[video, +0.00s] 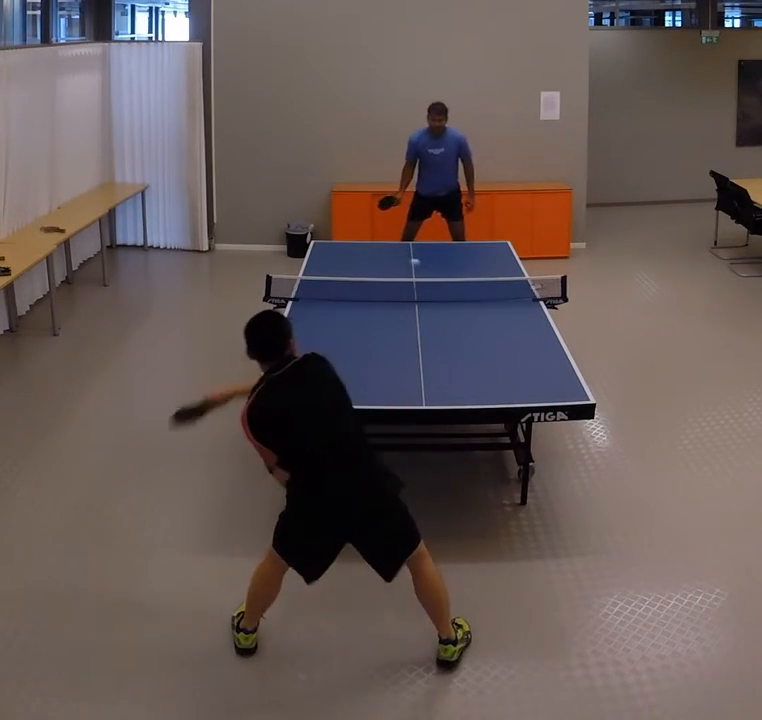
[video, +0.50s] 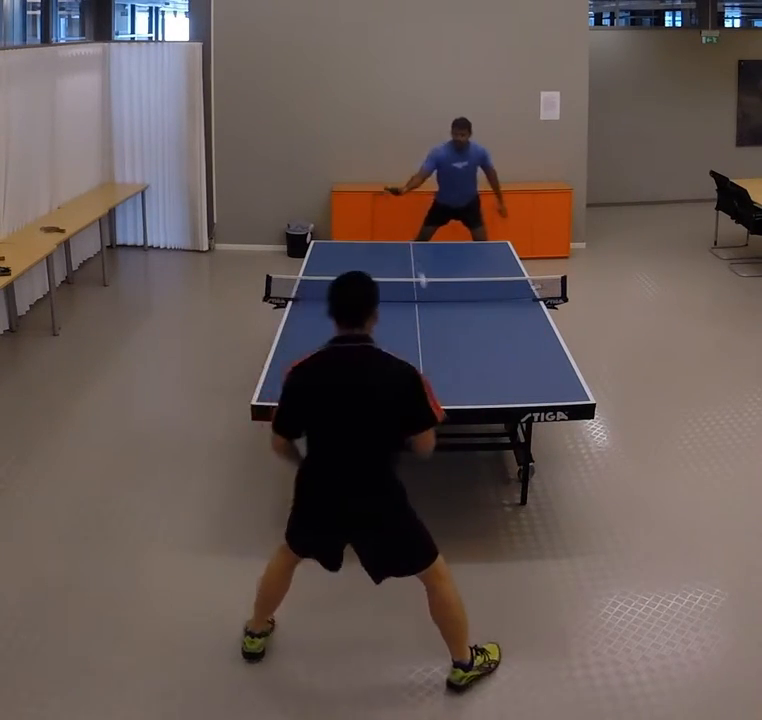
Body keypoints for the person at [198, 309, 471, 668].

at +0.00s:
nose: (293, 341)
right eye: (291, 337)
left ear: (252, 355)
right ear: (292, 342)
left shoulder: (256, 414)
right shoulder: (318, 366)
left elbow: (279, 469)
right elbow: (276, 385)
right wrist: (223, 397)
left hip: (314, 498)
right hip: (367, 482)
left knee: (277, 560)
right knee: (416, 555)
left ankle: (246, 629)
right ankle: (448, 639)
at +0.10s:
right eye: (277, 331)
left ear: (243, 348)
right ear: (282, 337)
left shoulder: (245, 403)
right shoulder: (310, 367)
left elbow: (267, 467)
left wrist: (289, 483)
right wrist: (233, 439)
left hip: (306, 495)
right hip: (358, 482)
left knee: (270, 556)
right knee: (412, 555)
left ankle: (246, 629)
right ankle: (451, 638)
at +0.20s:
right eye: (292, 322)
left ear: (251, 337)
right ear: (292, 329)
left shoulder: (247, 392)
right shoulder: (329, 370)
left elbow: (258, 470)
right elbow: (340, 431)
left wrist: (287, 476)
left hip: (295, 496)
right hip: (353, 488)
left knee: (266, 553)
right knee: (411, 558)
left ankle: (246, 628)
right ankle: (452, 639)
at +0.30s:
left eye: (276, 318)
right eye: (314, 315)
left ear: (273, 324)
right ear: (316, 321)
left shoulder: (258, 384)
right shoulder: (348, 369)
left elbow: (255, 465)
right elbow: (389, 431)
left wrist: (287, 457)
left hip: (294, 498)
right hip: (353, 495)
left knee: (270, 549)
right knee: (418, 564)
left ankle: (245, 628)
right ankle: (458, 653)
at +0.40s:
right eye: (347, 311)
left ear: (305, 318)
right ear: (348, 317)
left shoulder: (282, 379)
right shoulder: (378, 372)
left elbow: (267, 456)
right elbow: (416, 435)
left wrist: (293, 475)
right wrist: (380, 437)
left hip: (307, 498)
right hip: (368, 498)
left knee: (281, 551)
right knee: (431, 572)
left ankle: (246, 628)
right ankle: (463, 662)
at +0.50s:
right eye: (373, 307)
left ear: (331, 313)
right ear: (375, 313)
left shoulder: (304, 372)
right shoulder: (400, 374)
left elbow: (280, 443)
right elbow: (424, 444)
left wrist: (306, 460)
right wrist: (388, 426)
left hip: (318, 495)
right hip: (380, 499)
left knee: (287, 557)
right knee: (435, 575)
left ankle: (255, 634)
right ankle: (463, 662)